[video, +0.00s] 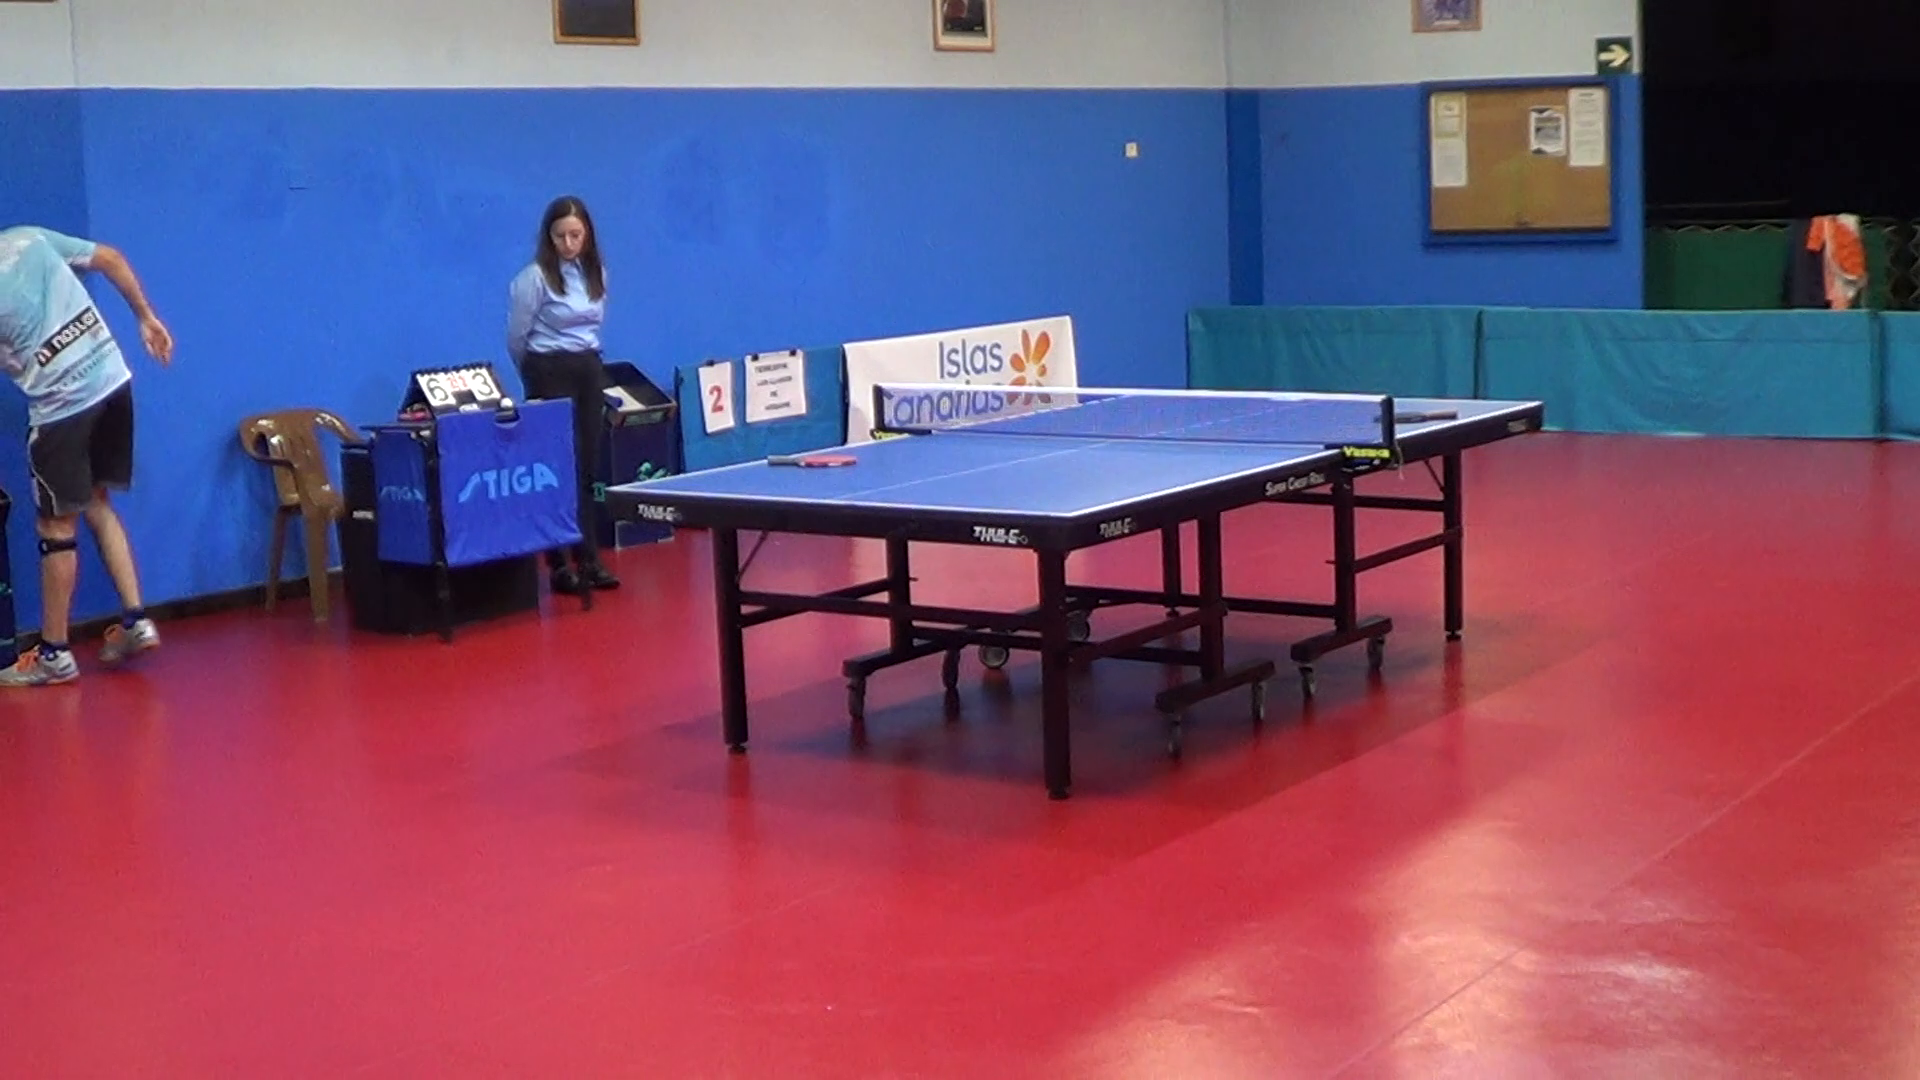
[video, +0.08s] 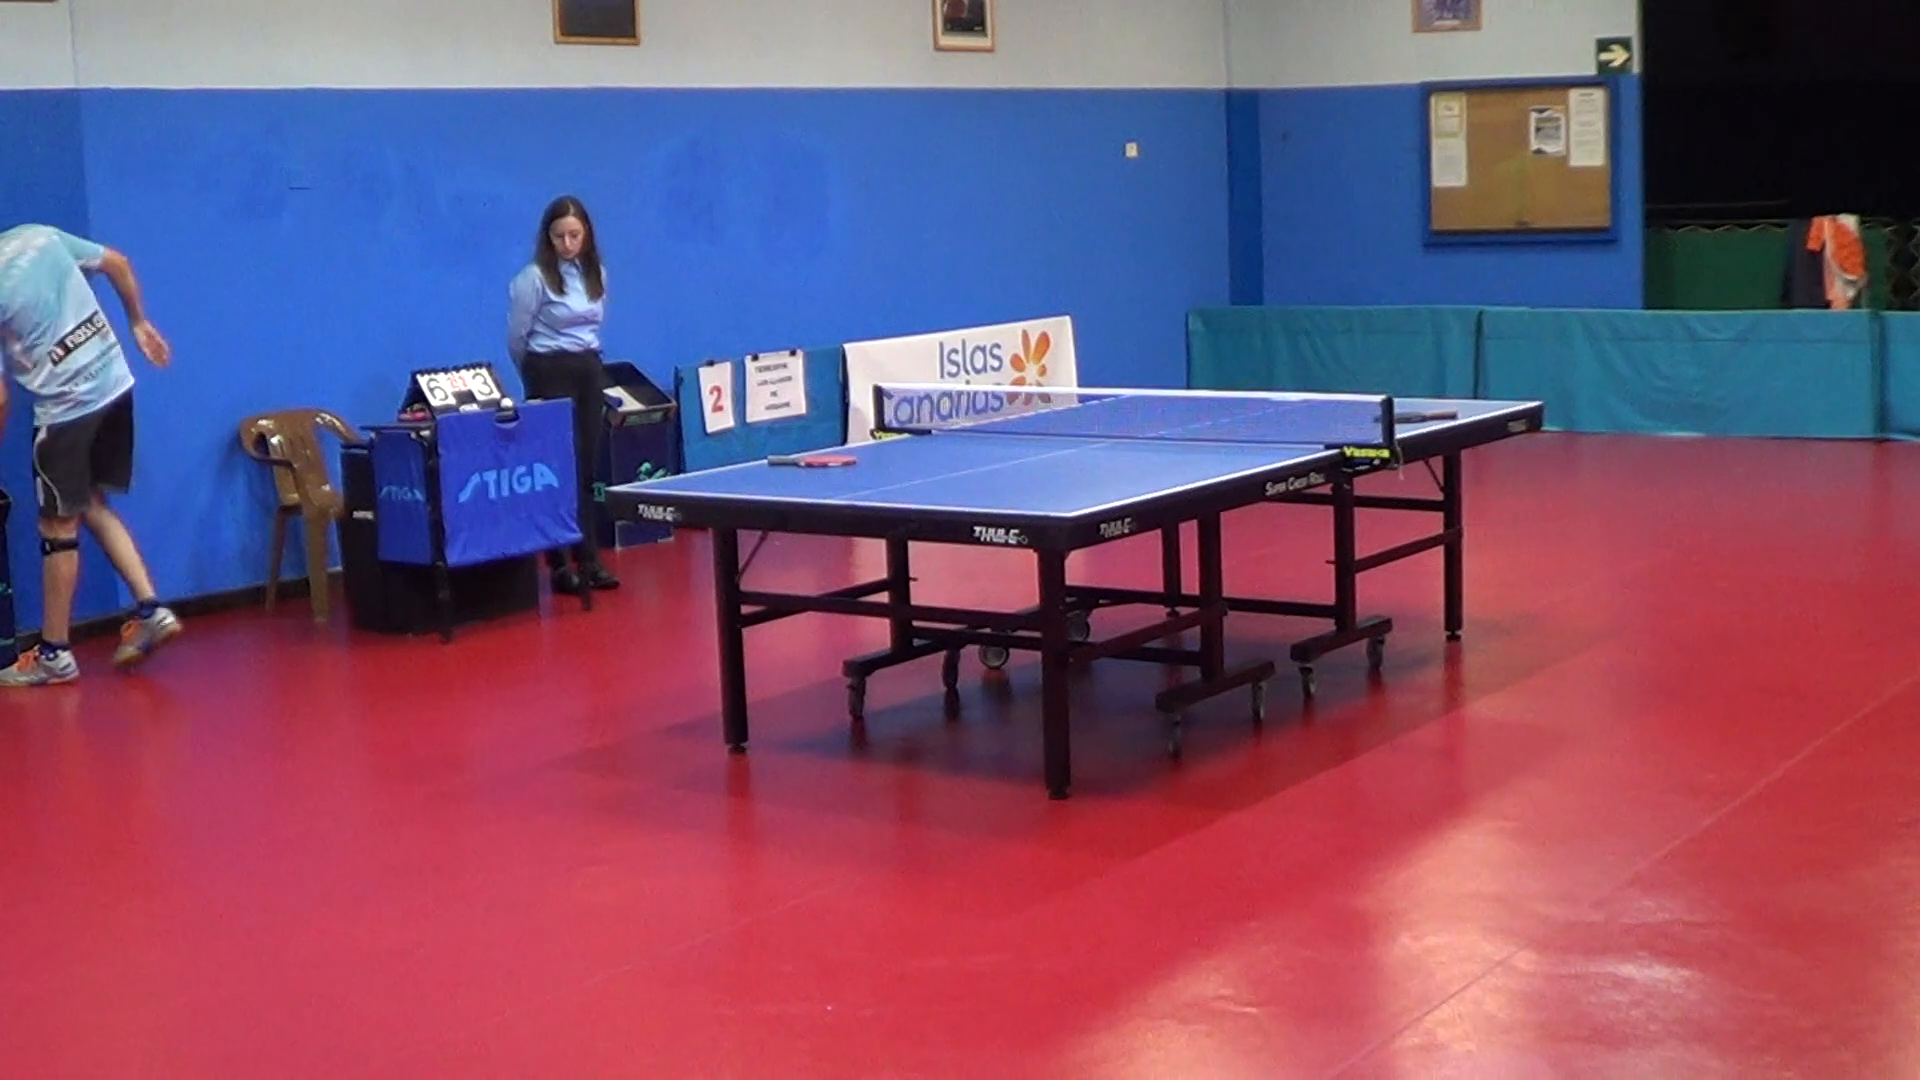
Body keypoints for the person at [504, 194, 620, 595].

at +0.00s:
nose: (569, 243)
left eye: (576, 235)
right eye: (561, 235)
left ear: (587, 236)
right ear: (549, 237)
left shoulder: (595, 272)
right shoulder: (532, 279)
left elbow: (595, 322)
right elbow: (516, 335)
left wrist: (576, 354)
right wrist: (529, 368)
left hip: (589, 366)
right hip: (549, 369)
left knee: (587, 463)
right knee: (556, 464)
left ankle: (589, 557)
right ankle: (561, 564)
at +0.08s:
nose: (568, 243)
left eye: (575, 235)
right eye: (560, 236)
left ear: (586, 236)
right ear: (549, 237)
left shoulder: (595, 272)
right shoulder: (531, 279)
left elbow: (595, 322)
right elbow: (516, 335)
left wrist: (576, 353)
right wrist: (529, 369)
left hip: (589, 366)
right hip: (549, 369)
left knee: (587, 464)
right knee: (556, 464)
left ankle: (590, 558)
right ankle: (561, 564)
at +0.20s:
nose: (568, 243)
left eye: (574, 235)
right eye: (560, 235)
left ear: (586, 236)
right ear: (548, 238)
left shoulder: (595, 273)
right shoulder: (531, 279)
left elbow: (595, 322)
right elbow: (515, 335)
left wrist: (576, 354)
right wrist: (530, 369)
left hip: (589, 366)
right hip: (549, 368)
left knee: (587, 463)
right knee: (556, 464)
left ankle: (590, 558)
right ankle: (561, 564)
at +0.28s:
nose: (568, 241)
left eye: (574, 233)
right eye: (560, 234)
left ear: (586, 235)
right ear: (548, 237)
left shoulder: (594, 272)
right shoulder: (531, 279)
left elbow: (594, 322)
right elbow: (515, 335)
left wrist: (576, 353)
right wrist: (530, 369)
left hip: (589, 366)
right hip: (549, 368)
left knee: (587, 463)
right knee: (557, 464)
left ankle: (590, 558)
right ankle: (560, 564)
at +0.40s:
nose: (568, 238)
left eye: (574, 230)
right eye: (560, 231)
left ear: (586, 233)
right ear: (549, 235)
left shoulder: (594, 272)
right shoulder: (533, 279)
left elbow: (594, 322)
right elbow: (516, 335)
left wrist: (575, 354)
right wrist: (529, 369)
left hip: (588, 366)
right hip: (549, 368)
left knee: (587, 462)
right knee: (556, 463)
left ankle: (589, 557)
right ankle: (560, 564)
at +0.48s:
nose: (568, 238)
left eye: (574, 230)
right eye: (560, 231)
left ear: (587, 233)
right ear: (549, 235)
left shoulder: (594, 272)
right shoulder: (534, 278)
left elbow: (595, 321)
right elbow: (516, 334)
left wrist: (576, 353)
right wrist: (528, 369)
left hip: (588, 366)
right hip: (549, 368)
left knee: (587, 463)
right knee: (556, 464)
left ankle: (589, 558)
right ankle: (560, 565)